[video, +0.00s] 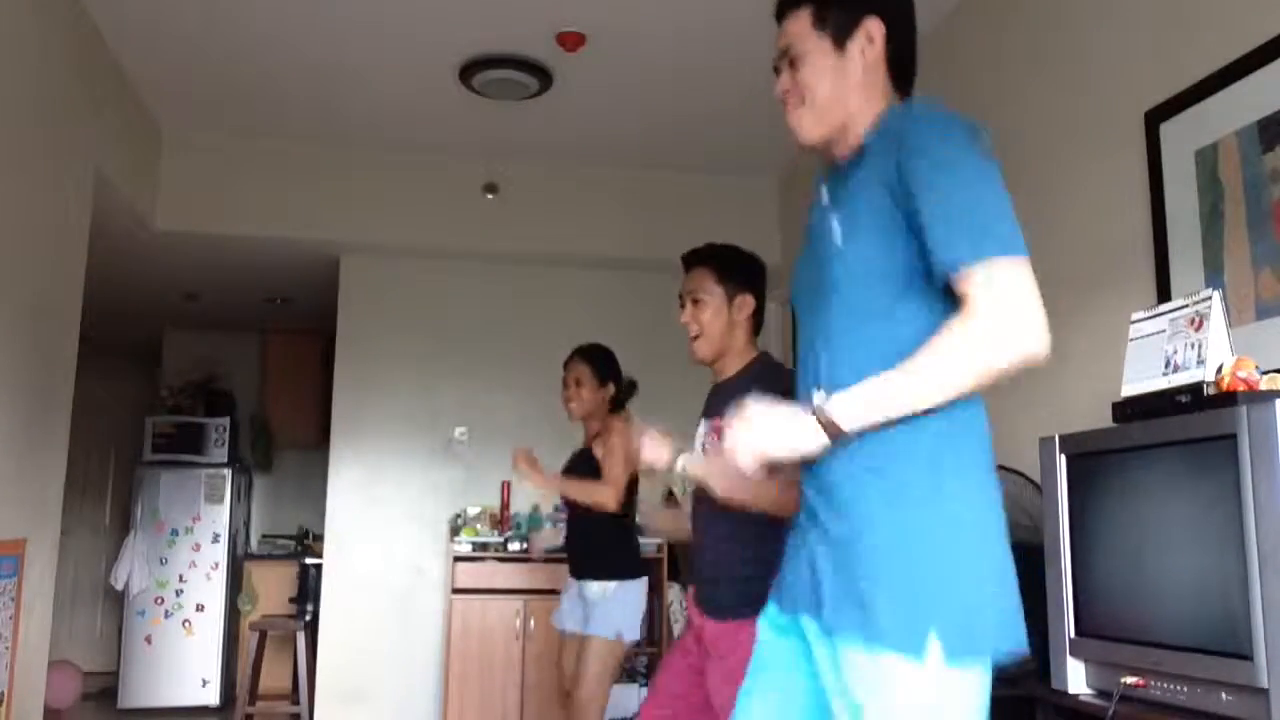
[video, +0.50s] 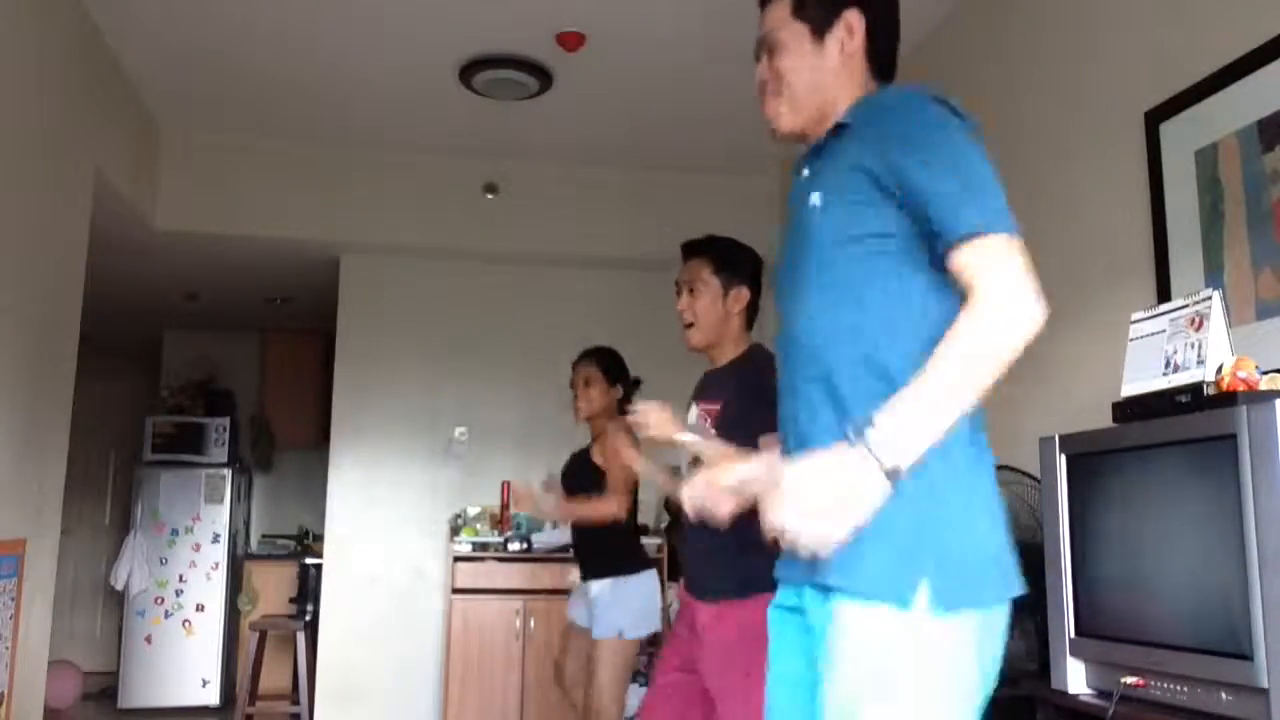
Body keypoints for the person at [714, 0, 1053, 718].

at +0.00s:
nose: (779, 84)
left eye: (792, 59)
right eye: (778, 67)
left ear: (867, 44)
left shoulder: (925, 139)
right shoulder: (831, 199)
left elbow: (1013, 322)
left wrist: (827, 422)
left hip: (914, 590)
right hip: (811, 584)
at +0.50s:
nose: (760, 74)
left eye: (772, 47)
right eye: (759, 55)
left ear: (847, 35)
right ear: (840, 39)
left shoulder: (902, 119)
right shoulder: (812, 178)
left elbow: (1011, 299)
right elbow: (861, 398)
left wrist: (870, 462)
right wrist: (762, 466)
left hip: (915, 579)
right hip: (815, 575)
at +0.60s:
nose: (757, 113)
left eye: (773, 87)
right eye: (757, 94)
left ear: (848, 78)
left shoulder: (914, 185)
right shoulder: (816, 228)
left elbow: (997, 388)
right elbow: (860, 430)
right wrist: (746, 448)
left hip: (936, 627)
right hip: (817, 619)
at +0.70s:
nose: (754, 139)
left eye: (770, 112)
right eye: (757, 119)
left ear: (844, 104)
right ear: (842, 108)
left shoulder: (915, 232)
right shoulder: (822, 262)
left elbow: (1010, 448)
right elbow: (877, 461)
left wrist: (907, 600)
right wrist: (780, 498)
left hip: (946, 636)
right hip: (839, 625)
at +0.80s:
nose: (758, 115)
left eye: (773, 85)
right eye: (759, 92)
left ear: (847, 70)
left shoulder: (933, 196)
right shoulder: (820, 228)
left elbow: (1021, 405)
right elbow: (837, 425)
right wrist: (770, 517)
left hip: (933, 656)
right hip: (823, 635)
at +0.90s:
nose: (760, 76)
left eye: (772, 47)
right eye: (758, 57)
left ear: (846, 28)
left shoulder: (910, 117)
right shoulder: (821, 181)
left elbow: (1007, 294)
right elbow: (840, 414)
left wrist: (798, 373)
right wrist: (717, 420)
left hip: (915, 597)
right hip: (811, 588)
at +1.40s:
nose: (783, 99)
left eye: (796, 72)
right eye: (781, 82)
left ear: (875, 51)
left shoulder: (954, 143)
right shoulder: (831, 221)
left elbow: (929, 286)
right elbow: (746, 346)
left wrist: (789, 347)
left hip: (918, 601)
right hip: (799, 590)